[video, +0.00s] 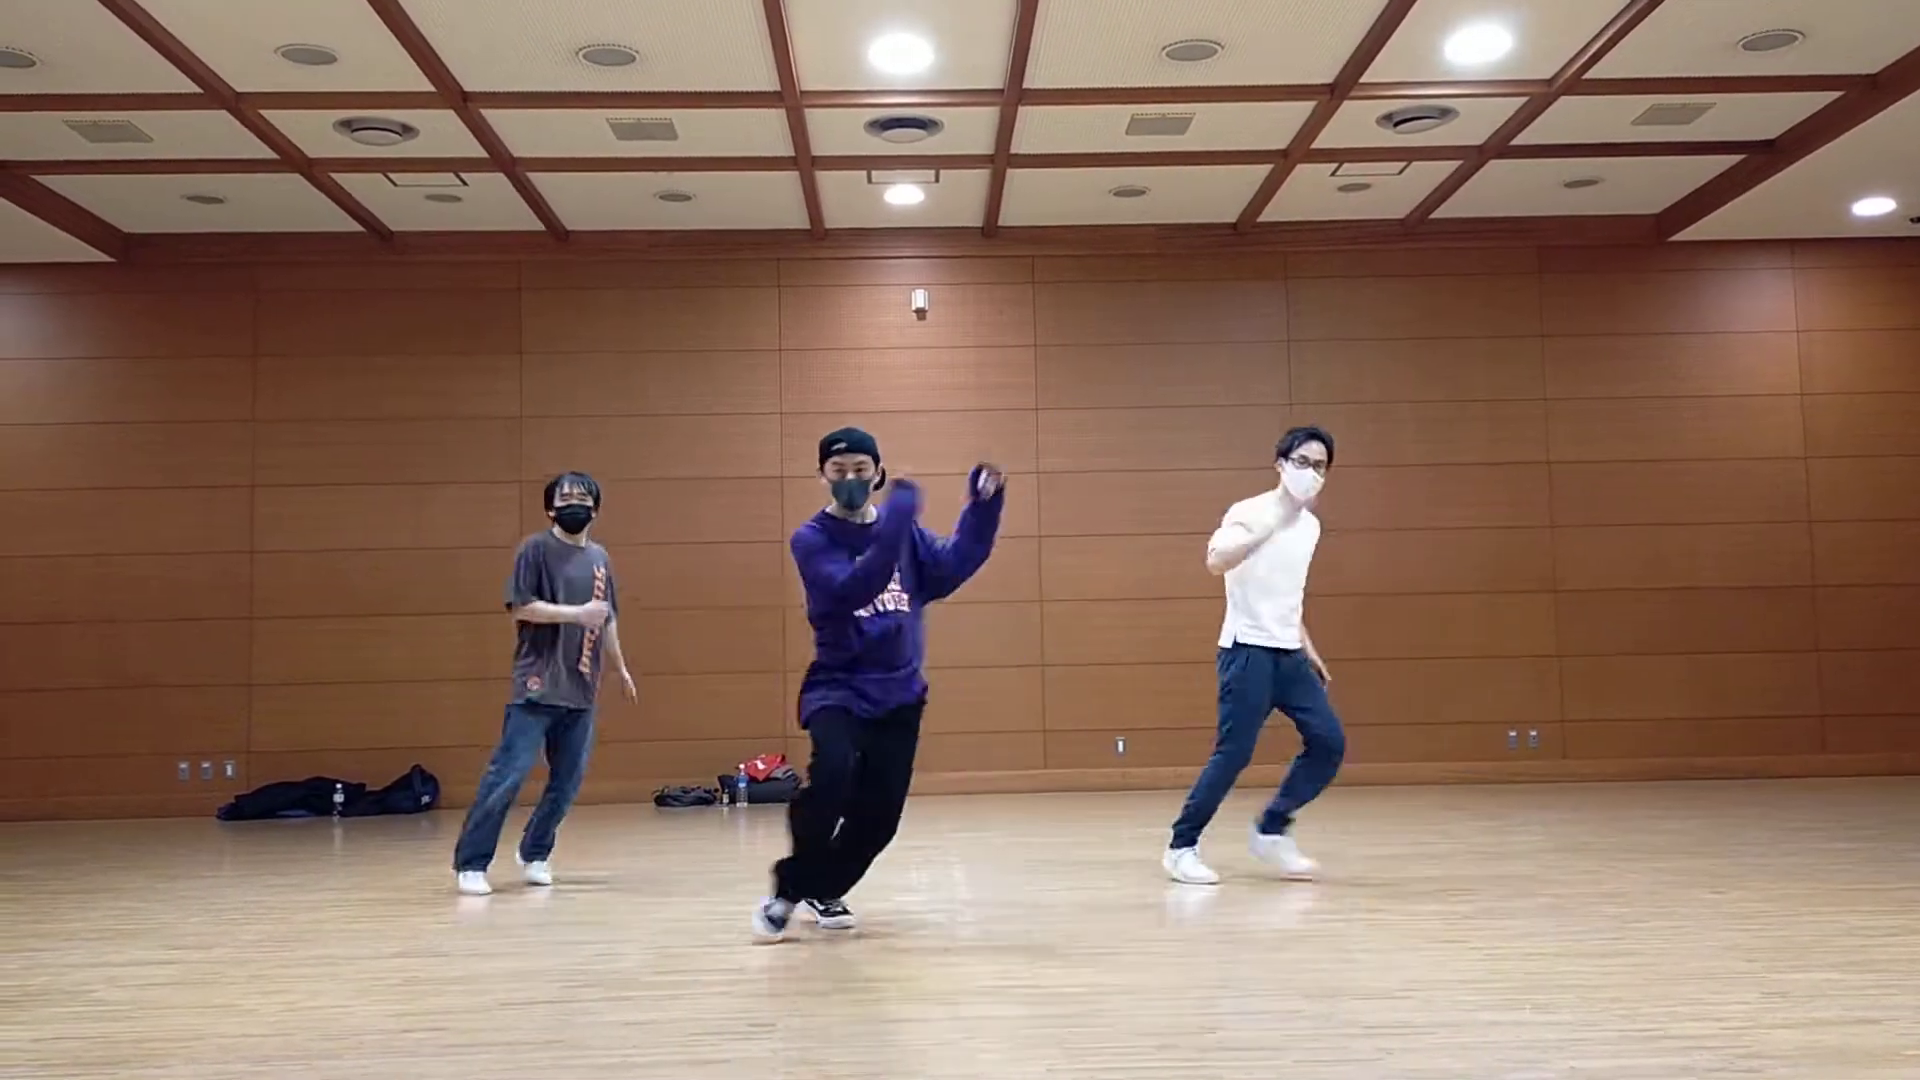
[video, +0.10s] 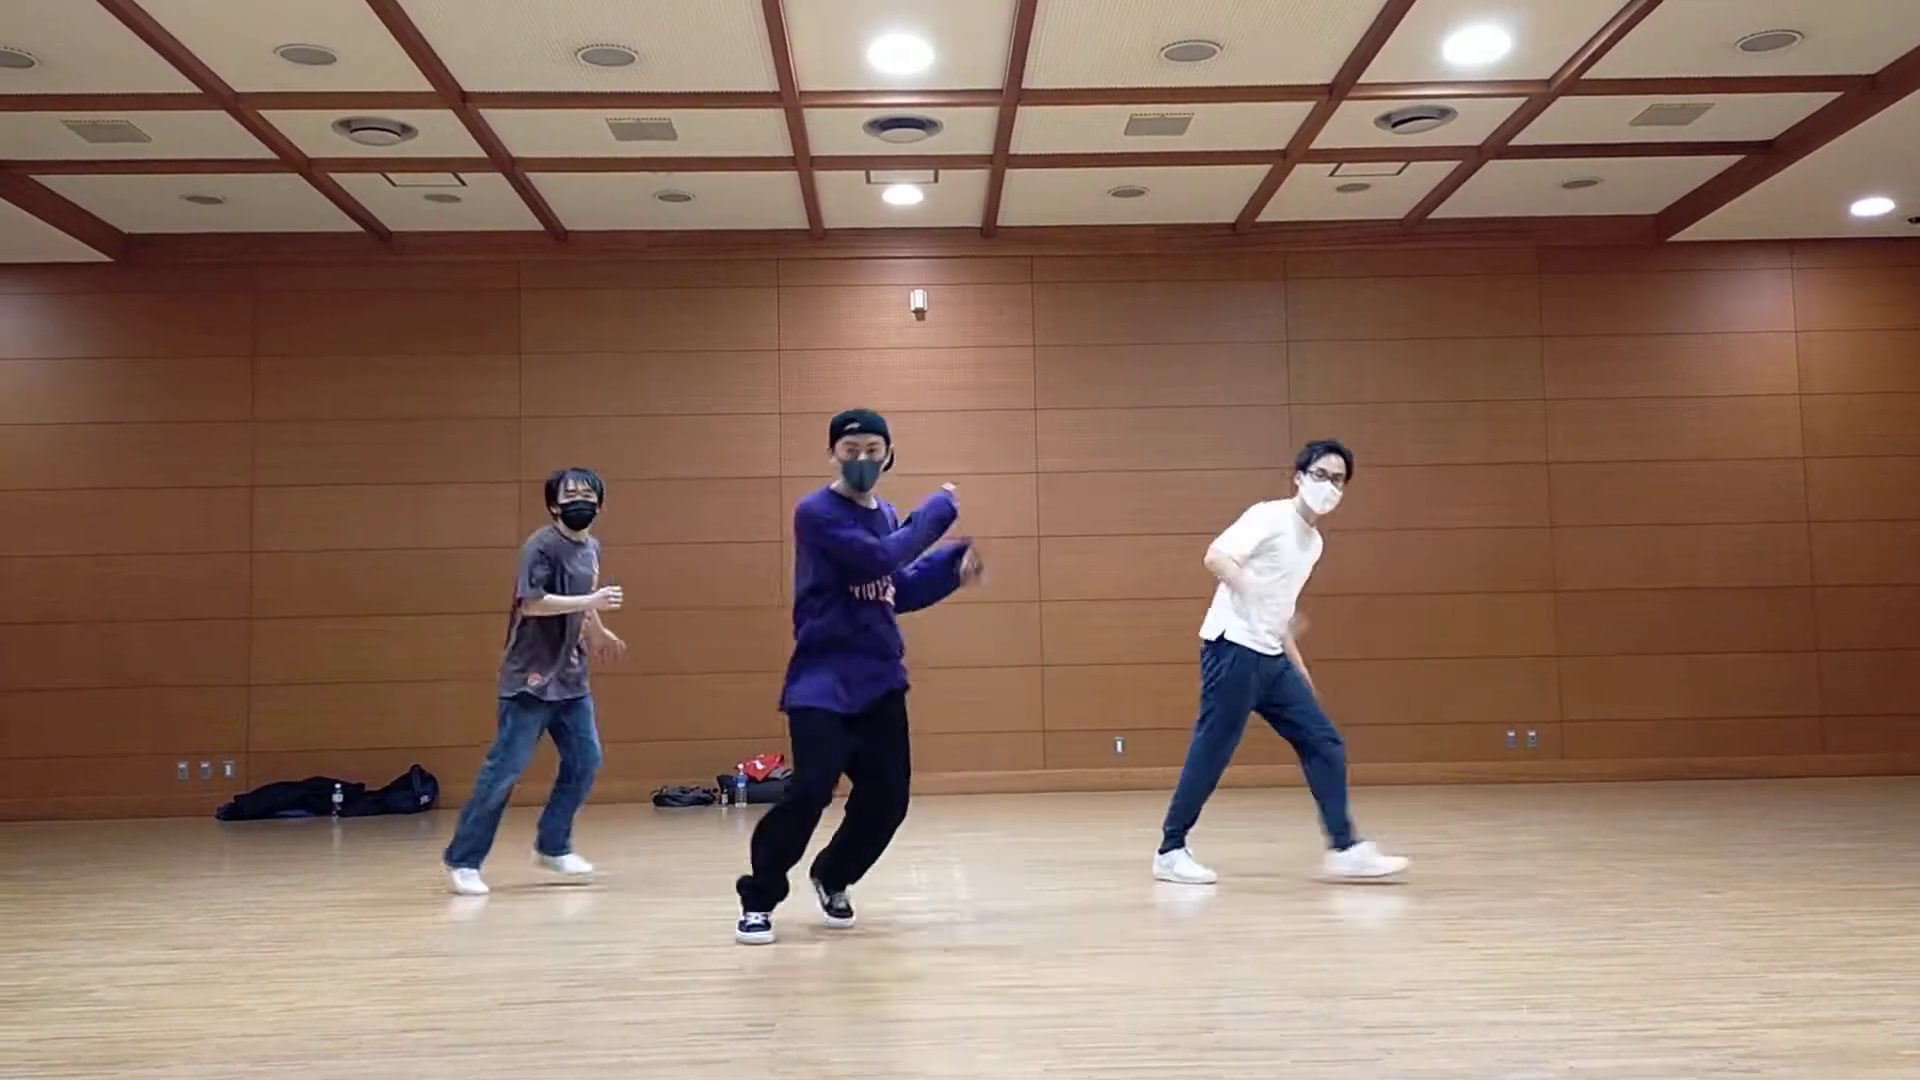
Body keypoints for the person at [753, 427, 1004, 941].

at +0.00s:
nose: (851, 480)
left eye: (861, 471)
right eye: (840, 471)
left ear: (879, 476)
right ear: (823, 478)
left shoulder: (901, 530)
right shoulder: (812, 539)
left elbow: (951, 565)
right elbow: (851, 592)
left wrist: (983, 507)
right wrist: (894, 518)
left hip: (898, 694)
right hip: (837, 690)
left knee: (879, 819)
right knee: (834, 776)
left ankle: (825, 890)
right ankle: (792, 886)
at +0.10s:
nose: (862, 456)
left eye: (872, 449)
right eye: (851, 448)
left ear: (886, 459)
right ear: (834, 455)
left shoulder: (888, 519)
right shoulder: (816, 511)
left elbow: (900, 595)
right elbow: (876, 558)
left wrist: (950, 570)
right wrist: (937, 510)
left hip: (880, 678)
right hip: (821, 675)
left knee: (885, 800)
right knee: (813, 787)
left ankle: (831, 876)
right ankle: (758, 898)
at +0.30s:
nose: (905, 458)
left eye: (917, 451)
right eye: (896, 447)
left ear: (928, 459)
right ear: (875, 449)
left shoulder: (889, 513)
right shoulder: (850, 498)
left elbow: (881, 595)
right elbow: (898, 565)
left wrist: (901, 655)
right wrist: (959, 616)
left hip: (850, 672)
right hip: (804, 667)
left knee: (884, 784)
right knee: (776, 786)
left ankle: (904, 901)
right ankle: (711, 898)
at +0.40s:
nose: (928, 477)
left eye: (940, 470)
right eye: (919, 466)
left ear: (952, 475)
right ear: (900, 464)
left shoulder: (920, 523)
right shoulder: (868, 511)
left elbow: (918, 599)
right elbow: (871, 598)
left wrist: (925, 662)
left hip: (855, 674)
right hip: (803, 670)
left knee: (886, 782)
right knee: (767, 782)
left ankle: (897, 900)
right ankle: (710, 899)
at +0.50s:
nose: (951, 483)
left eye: (963, 475)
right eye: (942, 471)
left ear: (975, 478)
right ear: (924, 467)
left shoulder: (958, 527)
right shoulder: (884, 513)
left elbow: (960, 594)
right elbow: (822, 580)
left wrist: (977, 649)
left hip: (882, 677)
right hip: (826, 675)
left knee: (897, 784)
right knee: (797, 783)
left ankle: (897, 902)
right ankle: (726, 890)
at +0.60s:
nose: (961, 476)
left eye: (973, 468)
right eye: (951, 464)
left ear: (985, 469)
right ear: (933, 460)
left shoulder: (983, 524)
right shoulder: (889, 503)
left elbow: (1009, 581)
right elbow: (809, 534)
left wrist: (1044, 626)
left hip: (919, 671)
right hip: (861, 667)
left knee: (920, 786)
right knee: (856, 780)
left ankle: (900, 902)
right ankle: (794, 865)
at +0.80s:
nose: (968, 474)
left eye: (979, 464)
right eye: (959, 463)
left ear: (994, 462)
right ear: (944, 459)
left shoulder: (1010, 518)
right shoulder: (899, 495)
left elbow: (1060, 570)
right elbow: (826, 509)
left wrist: (1124, 579)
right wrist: (777, 530)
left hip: (982, 668)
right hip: (916, 671)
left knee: (977, 785)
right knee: (951, 789)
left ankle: (950, 875)